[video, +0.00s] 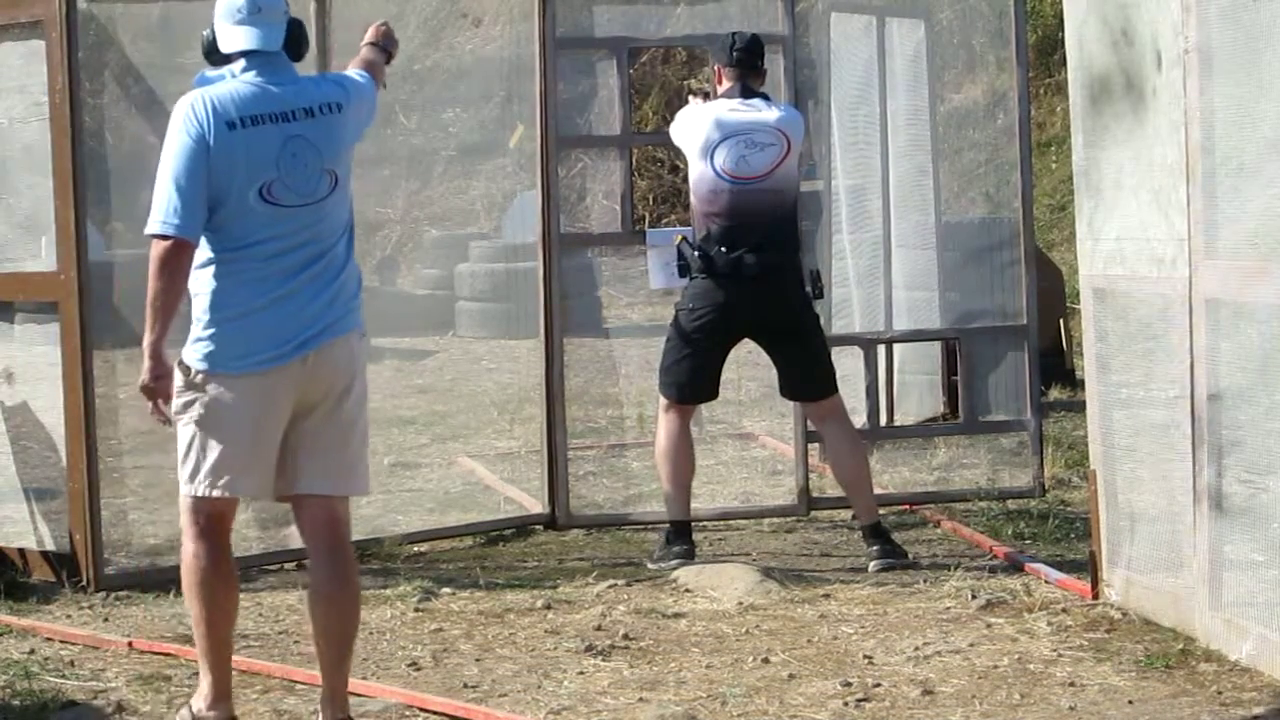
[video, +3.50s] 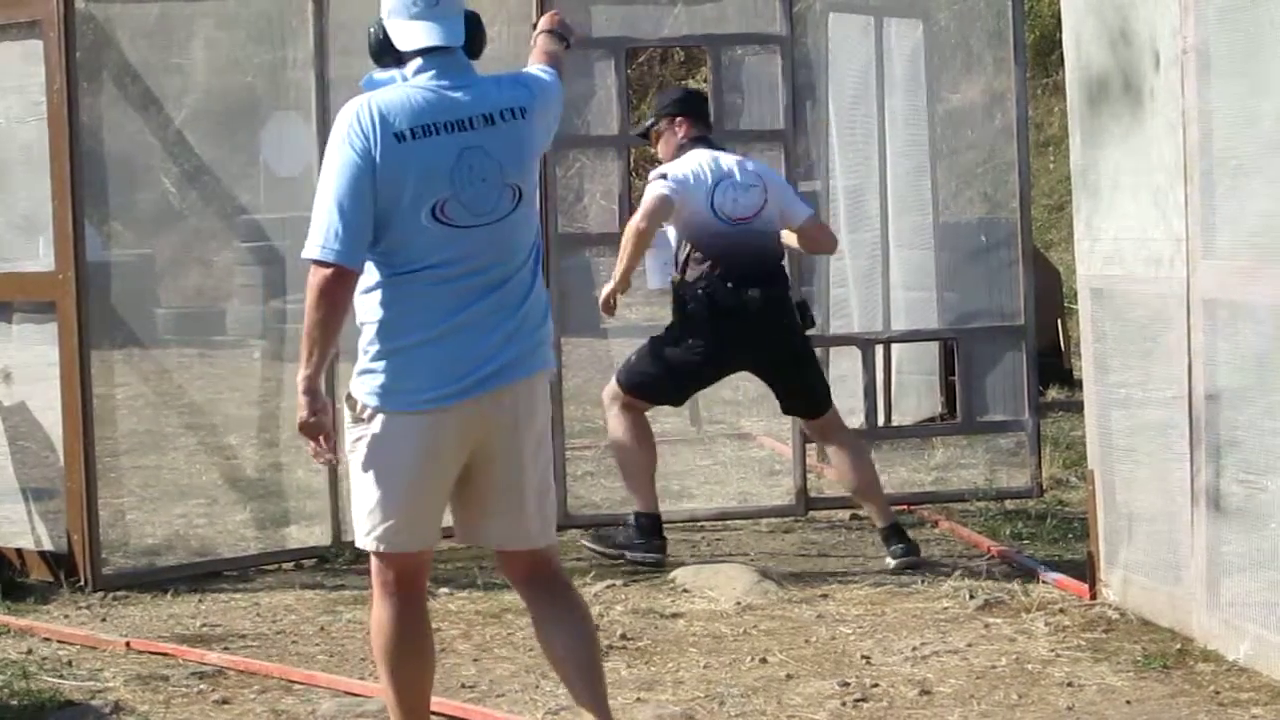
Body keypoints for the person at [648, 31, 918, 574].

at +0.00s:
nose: (716, 81)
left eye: (715, 74)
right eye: (728, 74)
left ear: (720, 77)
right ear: (763, 76)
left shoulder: (693, 121)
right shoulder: (793, 121)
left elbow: (688, 120)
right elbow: (759, 123)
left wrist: (712, 99)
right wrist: (732, 96)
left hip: (713, 294)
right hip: (783, 294)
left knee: (675, 409)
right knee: (830, 414)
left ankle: (678, 539)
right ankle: (877, 538)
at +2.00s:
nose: (761, 85)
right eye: (762, 77)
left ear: (713, 79)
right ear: (761, 78)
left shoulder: (682, 128)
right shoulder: (781, 119)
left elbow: (709, 168)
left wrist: (727, 101)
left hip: (708, 296)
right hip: (777, 292)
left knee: (683, 414)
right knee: (830, 412)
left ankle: (679, 539)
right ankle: (867, 534)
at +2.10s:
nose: (771, 84)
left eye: (768, 78)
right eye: (769, 77)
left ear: (716, 78)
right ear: (762, 79)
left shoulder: (685, 128)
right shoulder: (774, 118)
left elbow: (734, 151)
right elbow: (815, 133)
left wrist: (800, 126)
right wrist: (819, 117)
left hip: (705, 295)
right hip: (773, 293)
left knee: (695, 416)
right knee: (833, 410)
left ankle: (681, 538)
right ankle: (865, 536)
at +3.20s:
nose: (791, 93)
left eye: (788, 86)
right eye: (791, 86)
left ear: (738, 85)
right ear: (783, 84)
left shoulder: (705, 134)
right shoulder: (786, 130)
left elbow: (762, 181)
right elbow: (847, 185)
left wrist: (827, 147)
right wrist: (854, 146)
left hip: (711, 298)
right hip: (777, 296)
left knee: (703, 420)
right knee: (837, 413)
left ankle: (679, 540)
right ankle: (883, 533)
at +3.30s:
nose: (732, 115)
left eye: (733, 109)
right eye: (740, 109)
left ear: (741, 109)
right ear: (785, 108)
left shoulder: (710, 163)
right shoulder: (806, 151)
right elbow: (866, 222)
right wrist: (850, 180)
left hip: (724, 309)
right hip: (793, 308)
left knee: (690, 413)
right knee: (846, 420)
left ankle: (681, 535)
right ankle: (895, 538)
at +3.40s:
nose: (707, 140)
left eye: (709, 131)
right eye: (707, 132)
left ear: (726, 128)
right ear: (759, 129)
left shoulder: (703, 178)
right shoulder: (804, 173)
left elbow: (668, 265)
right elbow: (863, 246)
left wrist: (682, 297)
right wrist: (829, 212)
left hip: (727, 327)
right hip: (798, 327)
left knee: (663, 406)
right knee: (847, 427)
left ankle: (677, 532)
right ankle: (894, 537)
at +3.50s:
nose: (655, 147)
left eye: (658, 135)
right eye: (654, 137)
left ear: (680, 127)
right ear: (703, 129)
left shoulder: (673, 172)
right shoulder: (761, 173)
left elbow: (647, 217)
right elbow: (823, 241)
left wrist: (618, 280)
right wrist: (776, 233)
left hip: (711, 329)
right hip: (778, 329)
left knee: (620, 400)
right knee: (831, 430)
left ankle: (646, 529)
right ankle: (894, 536)